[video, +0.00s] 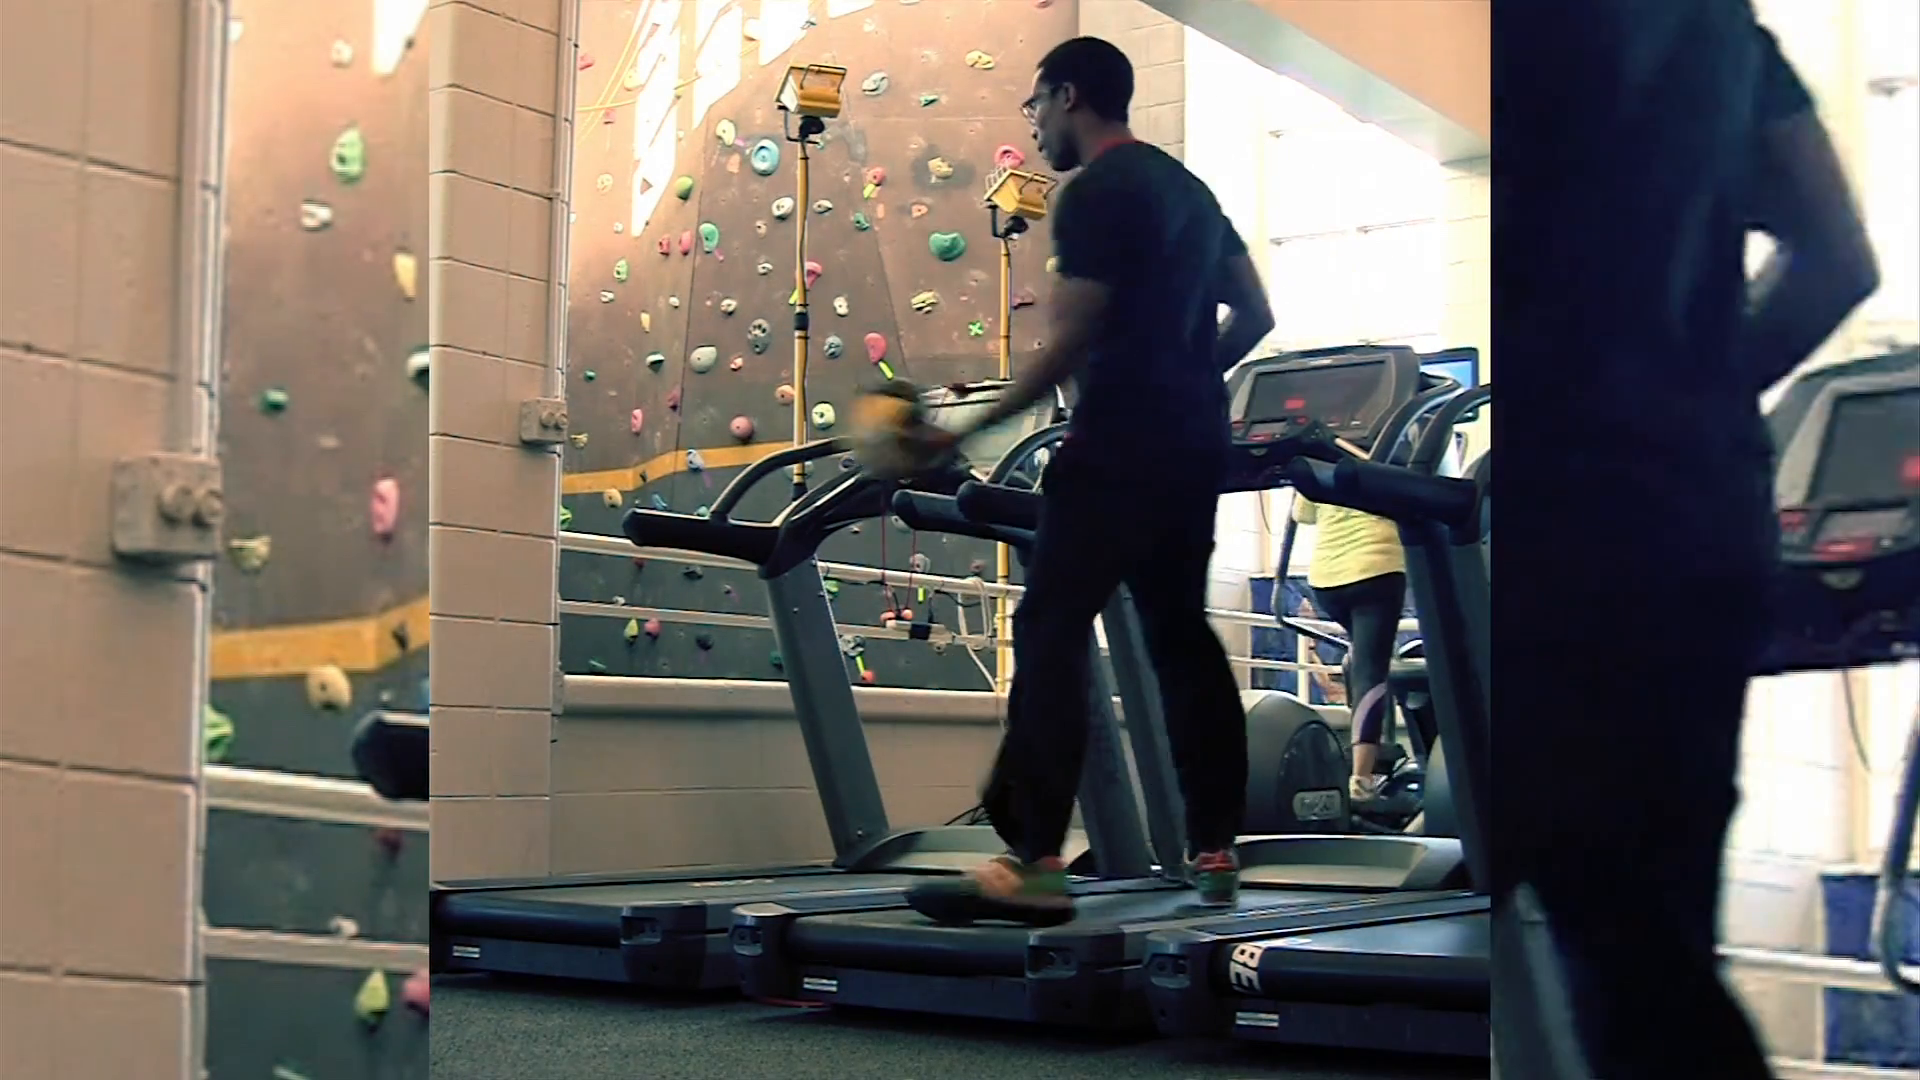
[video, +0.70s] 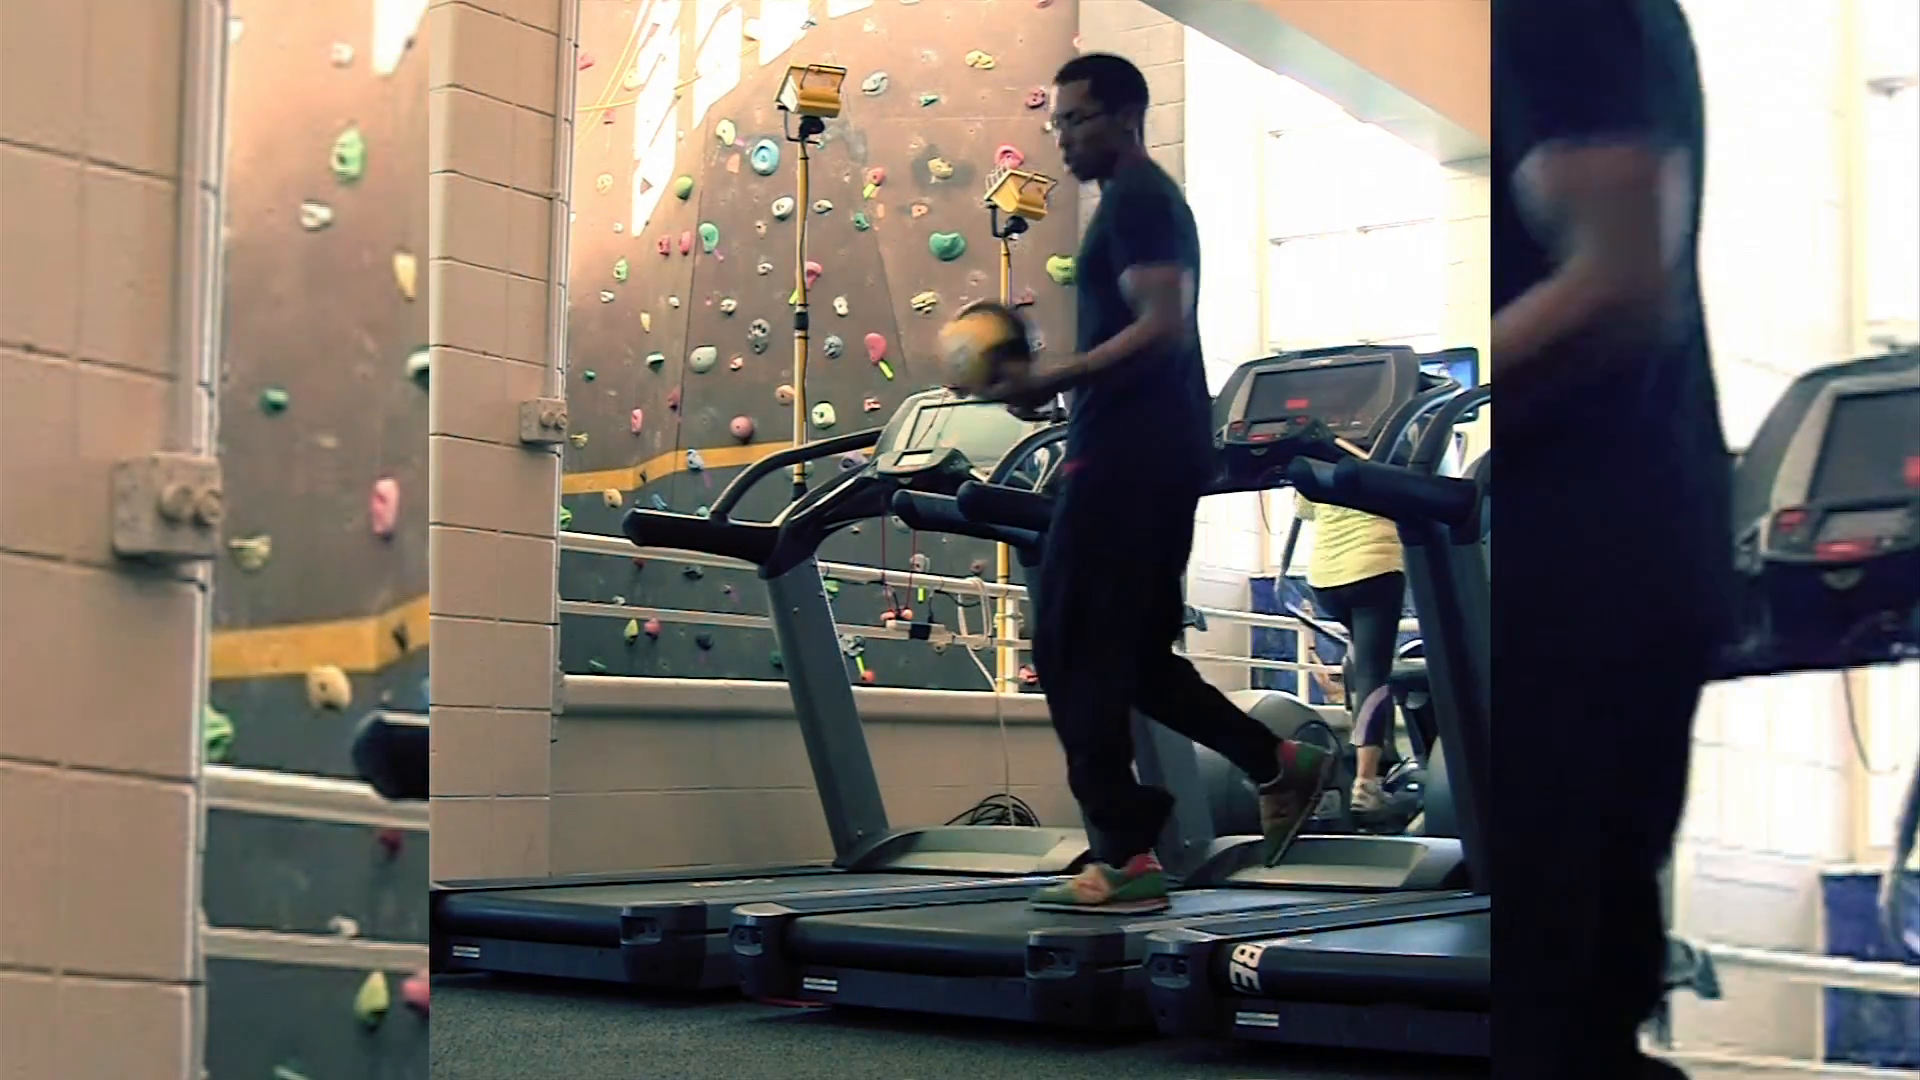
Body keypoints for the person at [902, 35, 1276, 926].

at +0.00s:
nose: (1032, 128)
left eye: (1037, 109)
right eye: (1031, 112)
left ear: (1073, 100)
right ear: (1117, 103)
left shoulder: (1094, 190)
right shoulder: (1190, 191)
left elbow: (1065, 342)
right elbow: (1252, 316)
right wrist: (1181, 371)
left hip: (1111, 448)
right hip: (1193, 447)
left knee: (1048, 628)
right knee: (1182, 631)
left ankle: (1034, 859)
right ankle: (1214, 845)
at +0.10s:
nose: (1040, 148)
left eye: (1046, 129)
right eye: (1041, 131)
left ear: (1082, 123)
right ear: (1129, 127)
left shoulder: (1058, 216)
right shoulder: (1212, 210)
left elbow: (953, 328)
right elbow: (1288, 329)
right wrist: (1223, 384)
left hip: (1112, 465)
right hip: (1213, 467)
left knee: (1051, 646)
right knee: (1217, 660)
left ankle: (1030, 854)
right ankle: (1196, 857)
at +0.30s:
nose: (1059, 169)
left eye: (1067, 152)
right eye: (1061, 154)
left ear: (1103, 149)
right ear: (1145, 155)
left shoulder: (1065, 232)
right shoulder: (1221, 239)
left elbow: (969, 347)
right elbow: (1260, 385)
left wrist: (858, 384)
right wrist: (1188, 414)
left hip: (1094, 473)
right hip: (1190, 478)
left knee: (1096, 659)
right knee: (1177, 673)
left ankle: (1072, 834)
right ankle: (1109, 862)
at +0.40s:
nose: (1051, 158)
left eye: (1058, 141)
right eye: (1052, 142)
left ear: (1095, 139)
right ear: (1137, 142)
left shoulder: (1069, 225)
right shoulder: (1217, 229)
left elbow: (1012, 354)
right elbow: (1237, 375)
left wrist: (910, 371)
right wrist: (1160, 374)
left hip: (1097, 460)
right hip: (1190, 464)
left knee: (1112, 653)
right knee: (1145, 658)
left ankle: (1158, 840)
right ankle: (1059, 843)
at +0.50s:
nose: (1042, 158)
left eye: (1050, 141)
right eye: (1042, 142)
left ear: (1093, 136)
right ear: (1124, 141)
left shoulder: (1078, 220)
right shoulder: (1213, 230)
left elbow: (1055, 362)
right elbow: (1213, 378)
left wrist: (930, 364)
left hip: (1110, 469)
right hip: (1201, 470)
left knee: (1138, 663)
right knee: (1176, 658)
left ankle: (1215, 850)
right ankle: (1099, 782)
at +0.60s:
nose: (1051, 166)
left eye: (1063, 148)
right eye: (1050, 150)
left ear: (1115, 144)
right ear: (1125, 151)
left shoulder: (1105, 233)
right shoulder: (1190, 235)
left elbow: (1088, 378)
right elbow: (1172, 381)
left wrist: (964, 394)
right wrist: (1049, 387)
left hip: (1120, 484)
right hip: (1193, 479)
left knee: (1102, 673)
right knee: (1176, 659)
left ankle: (1176, 857)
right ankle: (1212, 742)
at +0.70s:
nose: (1058, 136)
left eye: (1071, 120)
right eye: (1056, 122)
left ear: (1119, 119)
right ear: (1115, 125)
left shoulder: (1136, 196)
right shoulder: (1133, 200)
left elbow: (1164, 324)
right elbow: (1140, 338)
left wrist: (1049, 374)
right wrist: (1046, 374)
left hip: (1128, 458)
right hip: (1155, 456)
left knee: (1068, 648)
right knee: (1136, 656)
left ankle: (1128, 851)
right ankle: (1280, 766)